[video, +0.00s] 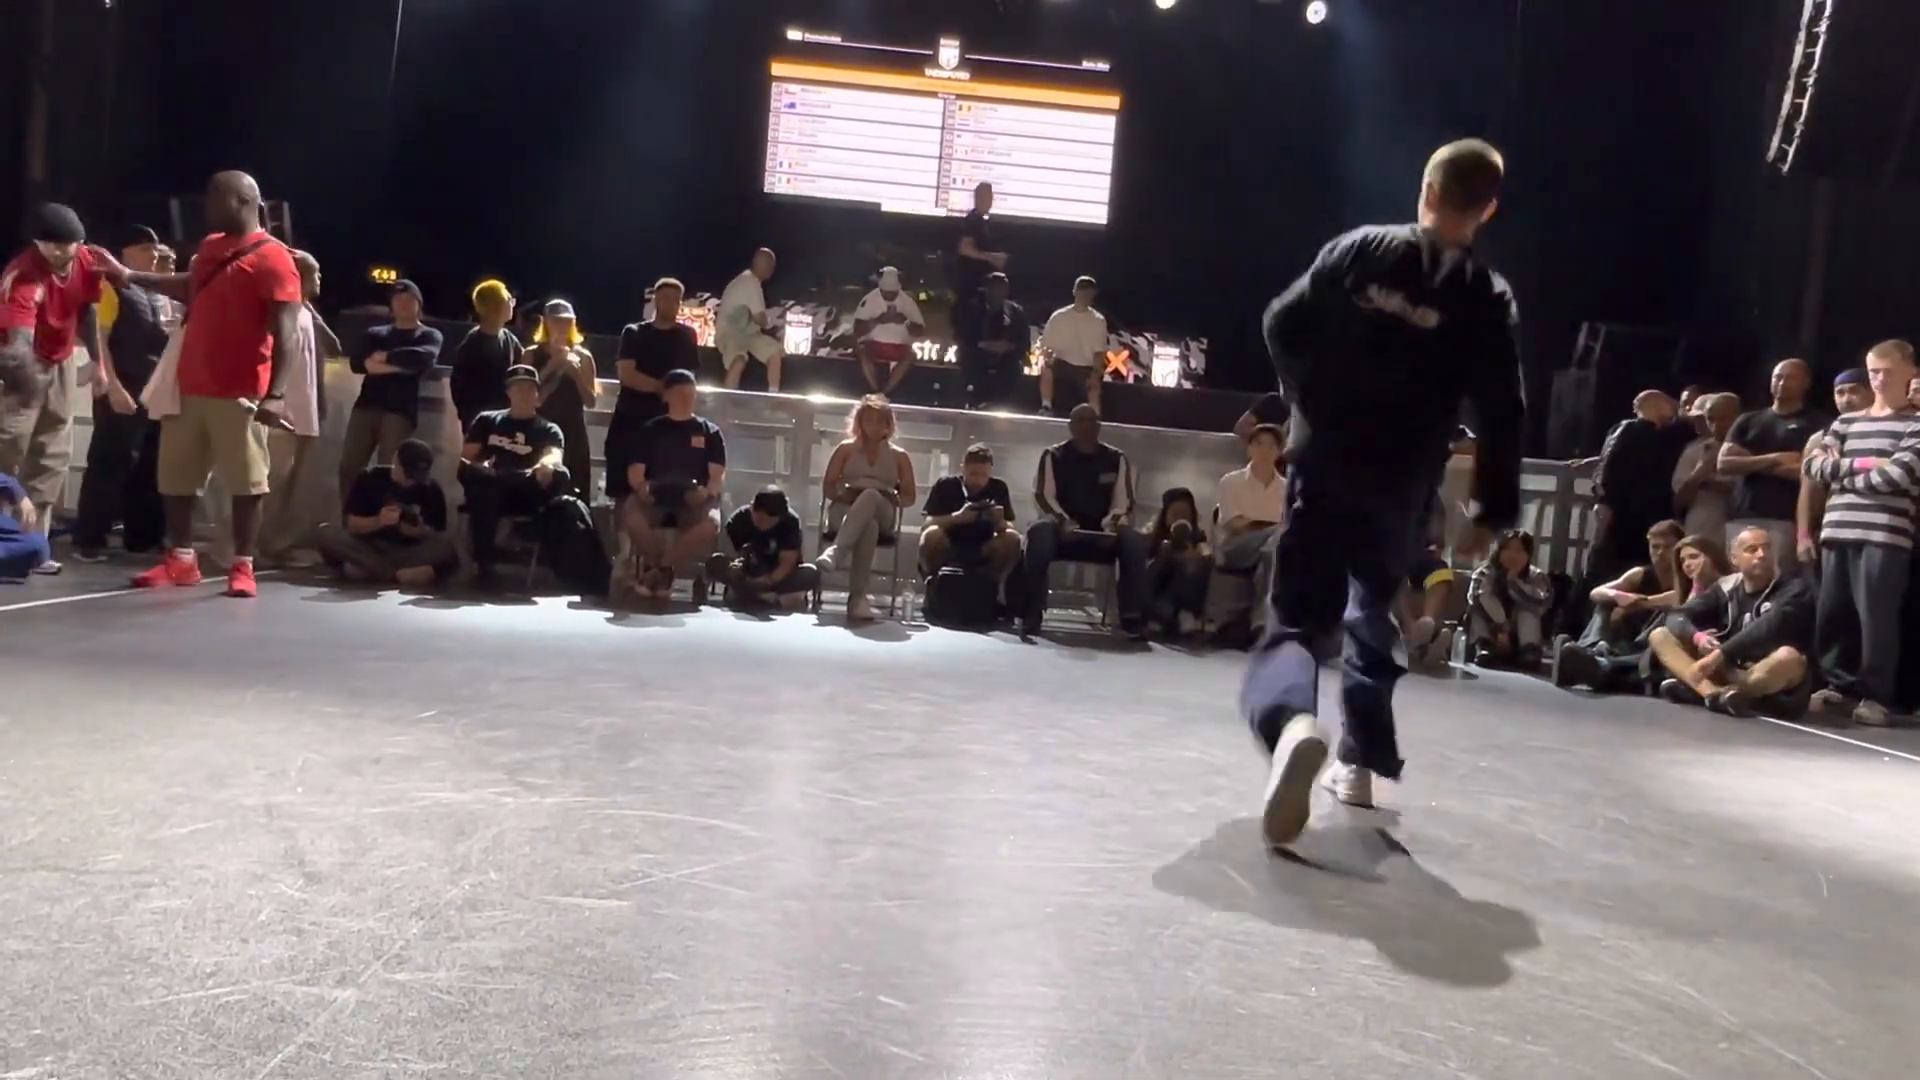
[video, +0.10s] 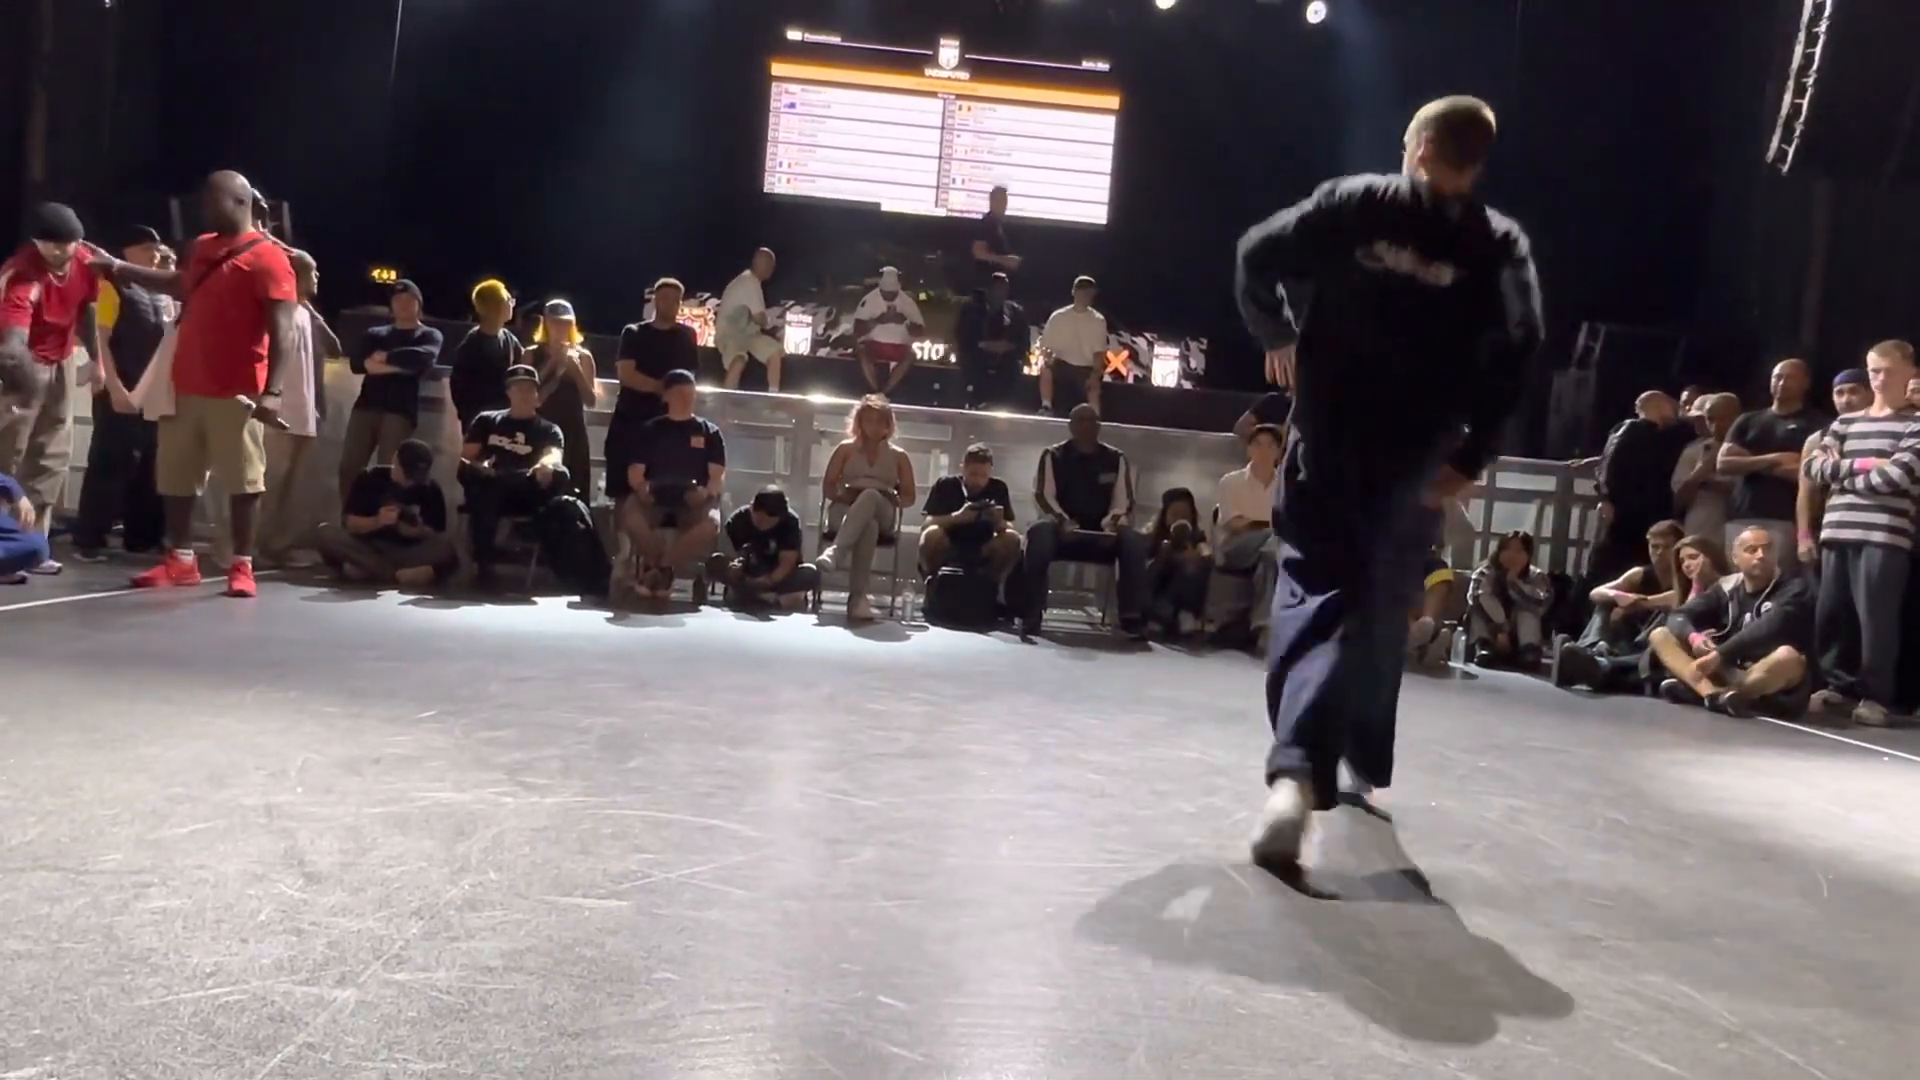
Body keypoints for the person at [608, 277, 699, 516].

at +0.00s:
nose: (671, 304)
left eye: (675, 299)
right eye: (665, 298)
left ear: (680, 304)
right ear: (655, 300)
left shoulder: (687, 335)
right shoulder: (633, 332)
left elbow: (689, 379)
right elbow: (625, 375)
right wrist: (664, 387)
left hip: (668, 423)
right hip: (630, 420)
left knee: (665, 490)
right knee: (624, 492)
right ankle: (622, 548)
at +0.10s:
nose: (668, 304)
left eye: (673, 299)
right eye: (663, 298)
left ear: (681, 303)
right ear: (654, 300)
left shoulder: (686, 335)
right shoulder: (633, 332)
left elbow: (689, 380)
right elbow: (626, 375)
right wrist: (663, 389)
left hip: (668, 423)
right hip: (630, 422)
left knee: (663, 489)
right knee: (623, 490)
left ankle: (655, 559)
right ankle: (619, 554)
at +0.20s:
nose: (670, 305)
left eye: (675, 300)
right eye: (664, 299)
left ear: (679, 304)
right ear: (654, 301)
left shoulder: (686, 335)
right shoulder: (633, 332)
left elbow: (689, 380)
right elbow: (625, 375)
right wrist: (663, 388)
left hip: (669, 422)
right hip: (631, 419)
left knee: (665, 489)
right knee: (623, 490)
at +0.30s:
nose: (670, 305)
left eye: (674, 300)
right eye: (664, 299)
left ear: (679, 304)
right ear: (654, 301)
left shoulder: (686, 335)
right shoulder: (633, 332)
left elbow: (689, 380)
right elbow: (624, 375)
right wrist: (663, 388)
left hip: (668, 422)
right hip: (631, 419)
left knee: (665, 489)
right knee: (622, 491)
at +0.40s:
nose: (669, 304)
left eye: (673, 299)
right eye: (663, 298)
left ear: (679, 303)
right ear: (654, 301)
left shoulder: (686, 335)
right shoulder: (632, 332)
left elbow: (688, 381)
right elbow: (625, 376)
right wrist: (663, 389)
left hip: (668, 421)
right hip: (631, 418)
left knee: (665, 488)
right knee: (623, 491)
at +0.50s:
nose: (668, 304)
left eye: (673, 300)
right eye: (663, 299)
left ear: (678, 303)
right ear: (654, 301)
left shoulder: (686, 335)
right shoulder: (633, 332)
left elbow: (688, 380)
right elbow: (624, 376)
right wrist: (663, 388)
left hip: (667, 422)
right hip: (630, 419)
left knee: (665, 489)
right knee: (622, 490)